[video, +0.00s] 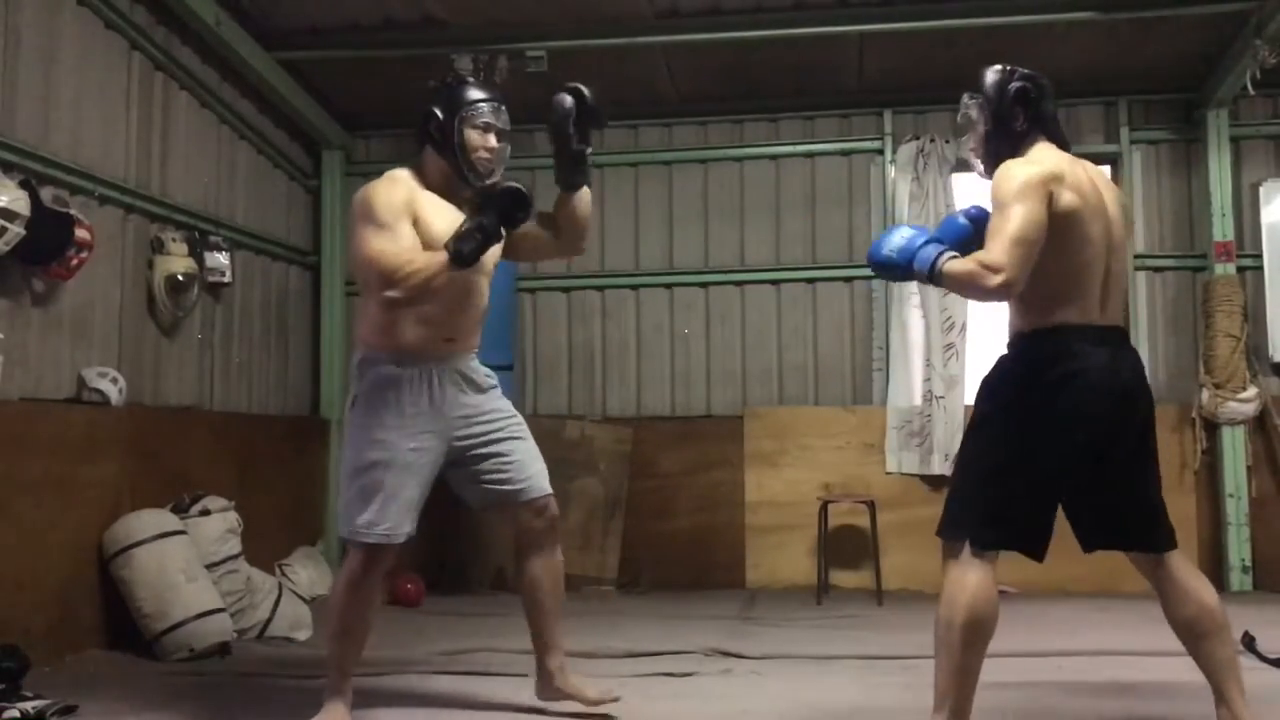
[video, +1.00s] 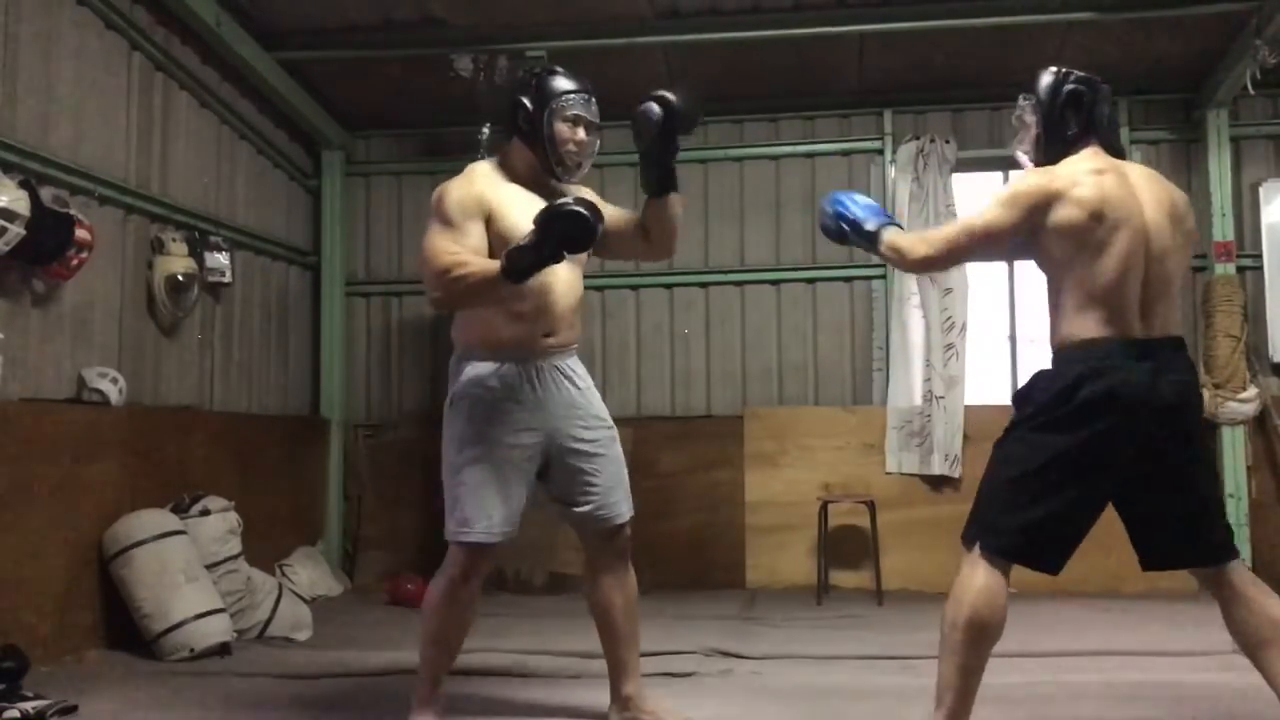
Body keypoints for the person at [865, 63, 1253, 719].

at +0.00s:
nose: (968, 139)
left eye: (972, 122)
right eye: (967, 123)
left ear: (1003, 120)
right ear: (1037, 118)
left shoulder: (1023, 174)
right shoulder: (1100, 178)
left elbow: (998, 277)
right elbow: (1074, 263)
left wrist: (926, 260)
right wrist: (991, 231)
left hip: (1041, 378)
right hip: (1118, 376)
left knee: (970, 547)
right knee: (1158, 553)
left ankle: (948, 713)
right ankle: (1237, 708)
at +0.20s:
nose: (972, 144)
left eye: (976, 132)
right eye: (972, 133)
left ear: (1007, 132)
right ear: (1044, 128)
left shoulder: (1017, 175)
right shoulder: (1104, 184)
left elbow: (927, 254)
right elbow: (1029, 287)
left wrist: (875, 215)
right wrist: (977, 231)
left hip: (1046, 382)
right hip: (1126, 380)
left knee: (955, 551)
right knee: (1168, 563)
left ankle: (946, 713)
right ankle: (1245, 708)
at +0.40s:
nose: (988, 142)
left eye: (993, 127)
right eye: (987, 127)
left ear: (1023, 124)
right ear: (1058, 121)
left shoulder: (1034, 173)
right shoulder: (1121, 184)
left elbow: (990, 279)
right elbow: (1095, 267)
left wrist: (930, 249)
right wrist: (1011, 230)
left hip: (1046, 382)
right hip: (1128, 381)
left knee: (956, 542)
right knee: (1171, 560)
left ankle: (945, 713)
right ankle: (1245, 711)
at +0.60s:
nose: (982, 140)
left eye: (985, 124)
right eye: (981, 126)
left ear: (1017, 118)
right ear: (1057, 117)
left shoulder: (1027, 167)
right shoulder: (1122, 184)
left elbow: (962, 242)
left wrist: (896, 199)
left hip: (1043, 379)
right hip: (1128, 379)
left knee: (956, 545)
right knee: (1176, 558)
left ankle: (945, 713)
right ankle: (1249, 710)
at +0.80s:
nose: (977, 127)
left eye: (982, 115)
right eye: (977, 116)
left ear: (1010, 116)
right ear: (1050, 114)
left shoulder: (999, 171)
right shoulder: (1119, 176)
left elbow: (869, 202)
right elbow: (1099, 250)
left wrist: (826, 162)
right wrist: (1003, 244)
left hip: (1053, 376)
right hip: (1142, 370)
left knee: (972, 551)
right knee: (1196, 554)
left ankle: (946, 713)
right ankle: (1260, 710)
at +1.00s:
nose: (1019, 143)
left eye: (1023, 128)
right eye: (1019, 128)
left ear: (1051, 127)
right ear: (1097, 125)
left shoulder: (1046, 188)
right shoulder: (1172, 197)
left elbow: (927, 253)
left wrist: (873, 232)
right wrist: (1038, 187)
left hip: (1081, 391)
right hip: (1173, 391)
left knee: (987, 556)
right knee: (1226, 569)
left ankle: (949, 712)